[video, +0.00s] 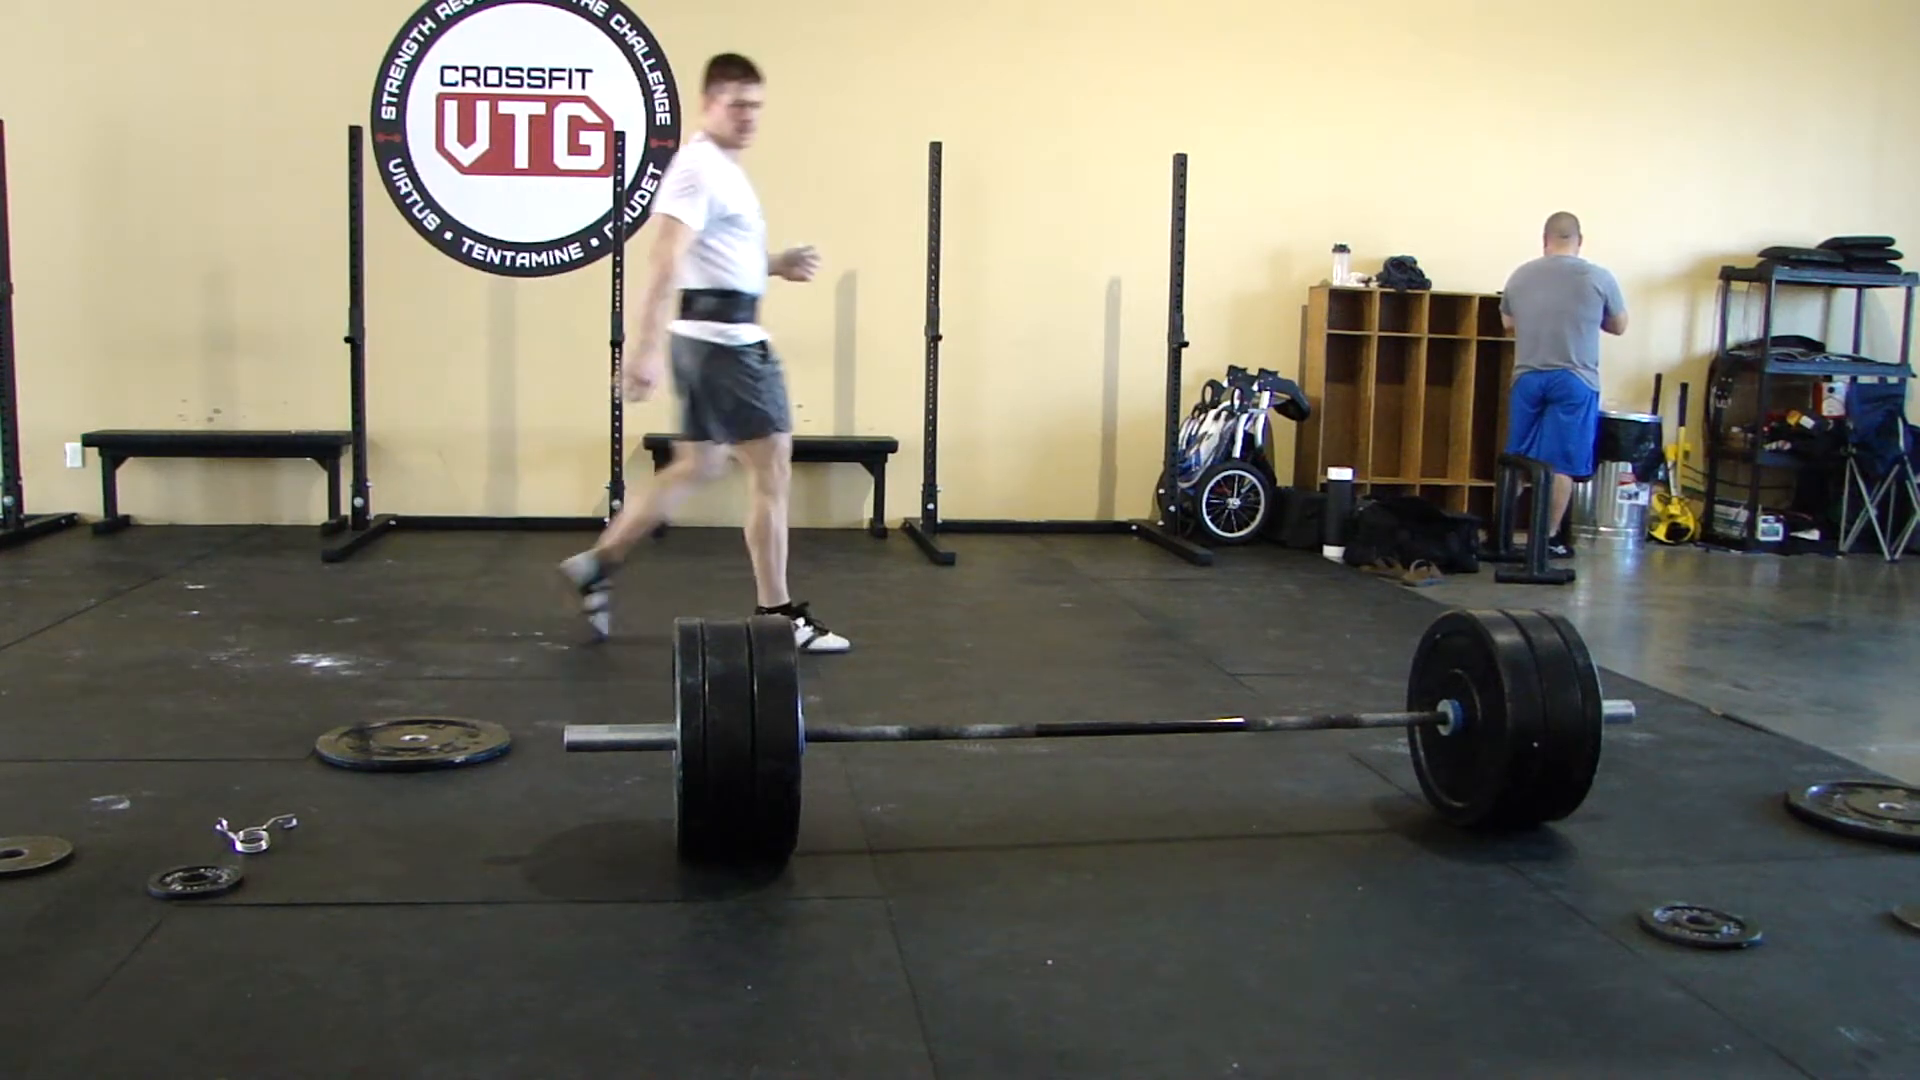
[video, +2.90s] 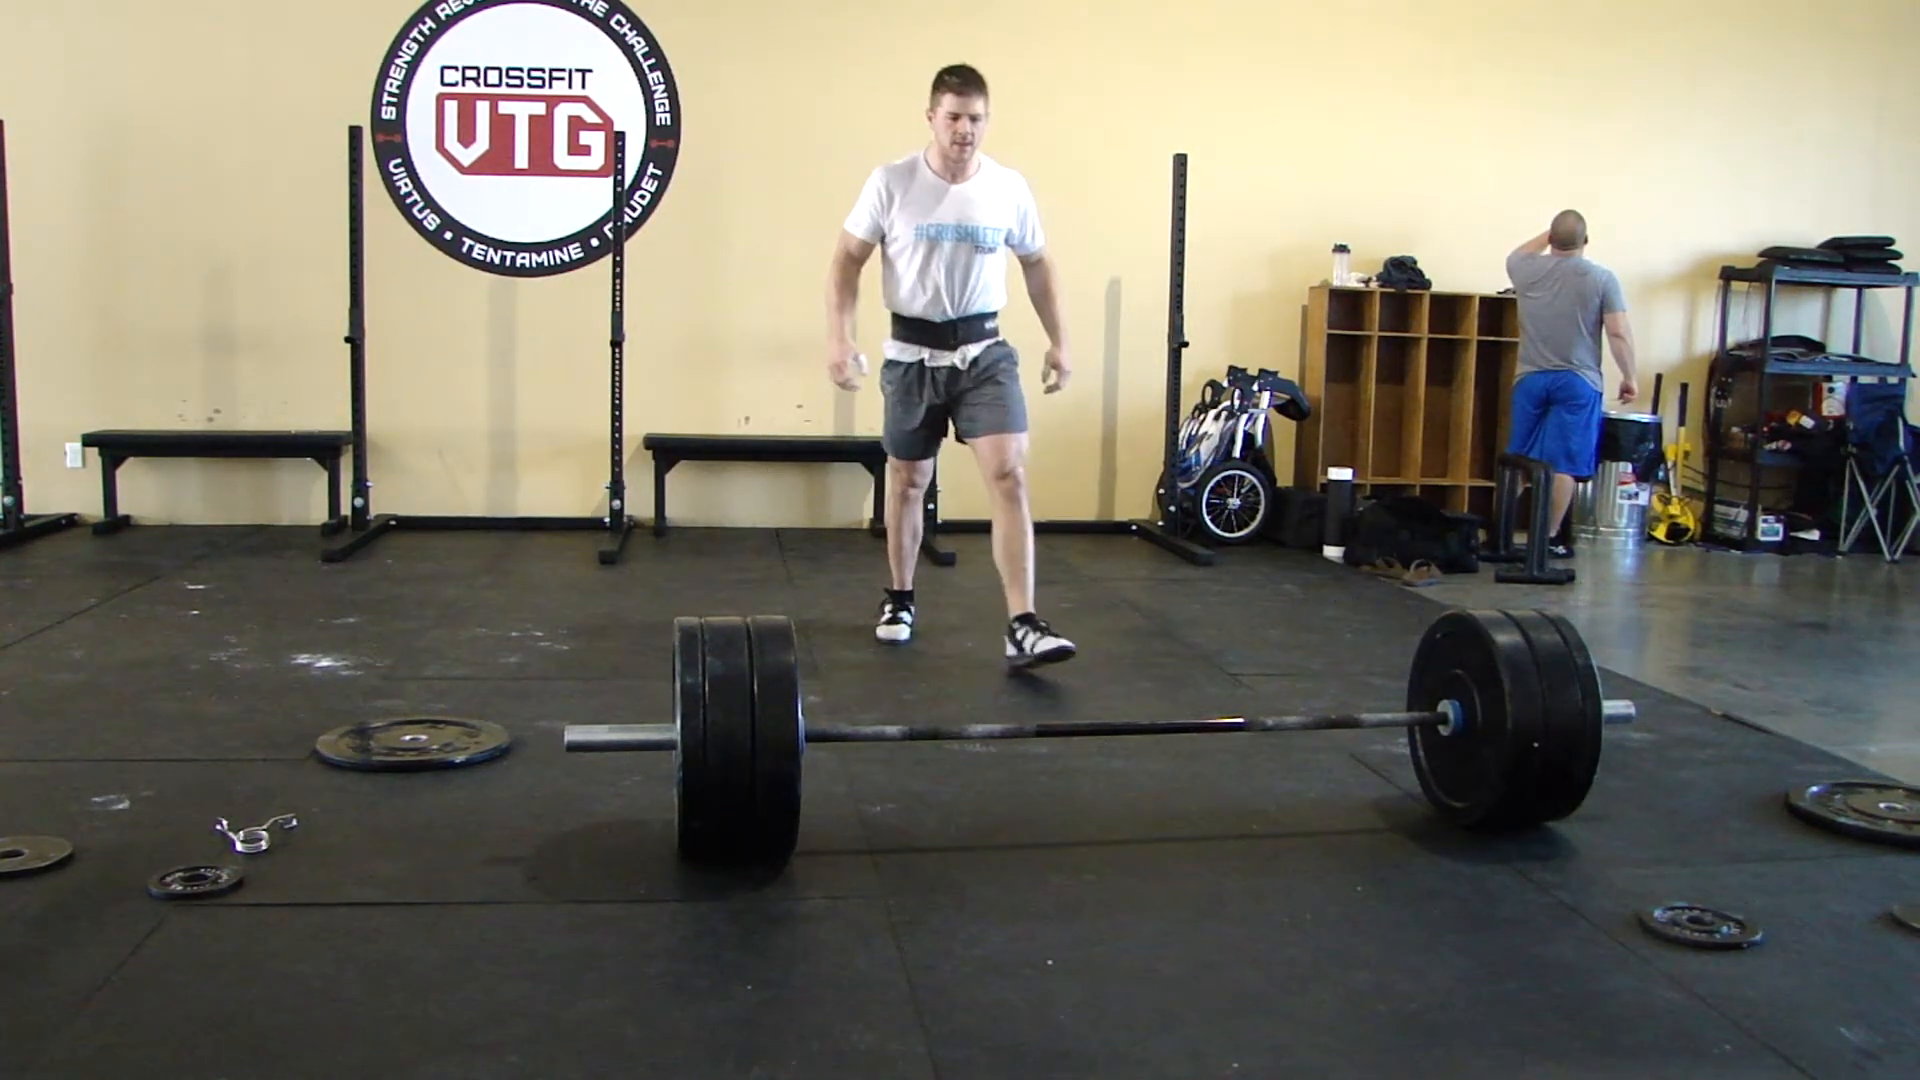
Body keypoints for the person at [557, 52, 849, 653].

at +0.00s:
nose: (748, 117)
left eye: (755, 107)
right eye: (737, 105)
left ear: (758, 109)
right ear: (706, 104)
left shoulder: (724, 169)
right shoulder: (697, 165)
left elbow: (720, 256)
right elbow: (664, 257)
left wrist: (776, 264)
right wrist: (645, 348)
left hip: (707, 339)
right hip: (727, 341)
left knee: (698, 465)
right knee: (772, 473)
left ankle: (597, 563)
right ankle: (777, 613)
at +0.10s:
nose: (776, 110)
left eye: (784, 100)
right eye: (765, 98)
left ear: (789, 104)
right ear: (736, 99)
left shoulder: (761, 167)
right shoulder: (723, 162)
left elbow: (756, 254)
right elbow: (698, 254)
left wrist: (805, 262)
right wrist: (703, 346)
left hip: (769, 328)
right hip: (747, 330)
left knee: (769, 460)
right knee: (777, 469)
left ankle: (670, 545)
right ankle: (777, 613)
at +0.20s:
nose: (800, 108)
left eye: (808, 97)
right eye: (788, 97)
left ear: (814, 100)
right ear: (760, 96)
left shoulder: (792, 166)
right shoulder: (745, 158)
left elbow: (785, 257)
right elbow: (718, 250)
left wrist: (833, 262)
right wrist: (768, 328)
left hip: (799, 330)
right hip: (765, 331)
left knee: (830, 441)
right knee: (779, 472)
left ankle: (744, 556)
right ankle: (778, 613)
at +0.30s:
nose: (822, 108)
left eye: (830, 97)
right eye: (810, 97)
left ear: (836, 101)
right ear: (782, 98)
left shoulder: (824, 165)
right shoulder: (760, 161)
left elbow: (818, 251)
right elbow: (734, 247)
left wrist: (861, 263)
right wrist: (802, 295)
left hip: (831, 336)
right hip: (787, 341)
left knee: (865, 447)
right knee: (791, 470)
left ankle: (830, 583)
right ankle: (775, 613)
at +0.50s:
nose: (864, 114)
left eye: (872, 104)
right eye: (852, 103)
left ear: (882, 108)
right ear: (826, 106)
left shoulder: (893, 173)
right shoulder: (796, 170)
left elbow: (911, 248)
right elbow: (752, 243)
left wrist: (924, 271)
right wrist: (790, 291)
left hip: (890, 337)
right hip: (831, 337)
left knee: (923, 460)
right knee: (823, 473)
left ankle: (951, 590)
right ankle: (780, 611)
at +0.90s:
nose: (950, 107)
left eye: (959, 99)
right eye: (940, 99)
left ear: (974, 111)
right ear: (921, 109)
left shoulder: (996, 177)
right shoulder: (887, 169)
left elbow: (1024, 239)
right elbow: (843, 247)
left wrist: (1036, 279)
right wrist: (817, 325)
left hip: (972, 341)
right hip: (906, 341)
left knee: (974, 471)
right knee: (885, 467)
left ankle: (969, 599)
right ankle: (859, 596)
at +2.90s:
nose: (965, 129)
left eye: (975, 118)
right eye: (954, 117)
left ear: (988, 122)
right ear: (931, 117)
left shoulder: (1009, 189)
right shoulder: (891, 184)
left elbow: (1036, 264)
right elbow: (847, 259)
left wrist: (1057, 341)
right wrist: (839, 339)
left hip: (985, 357)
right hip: (911, 359)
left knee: (1010, 476)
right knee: (905, 483)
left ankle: (1024, 623)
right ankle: (899, 600)